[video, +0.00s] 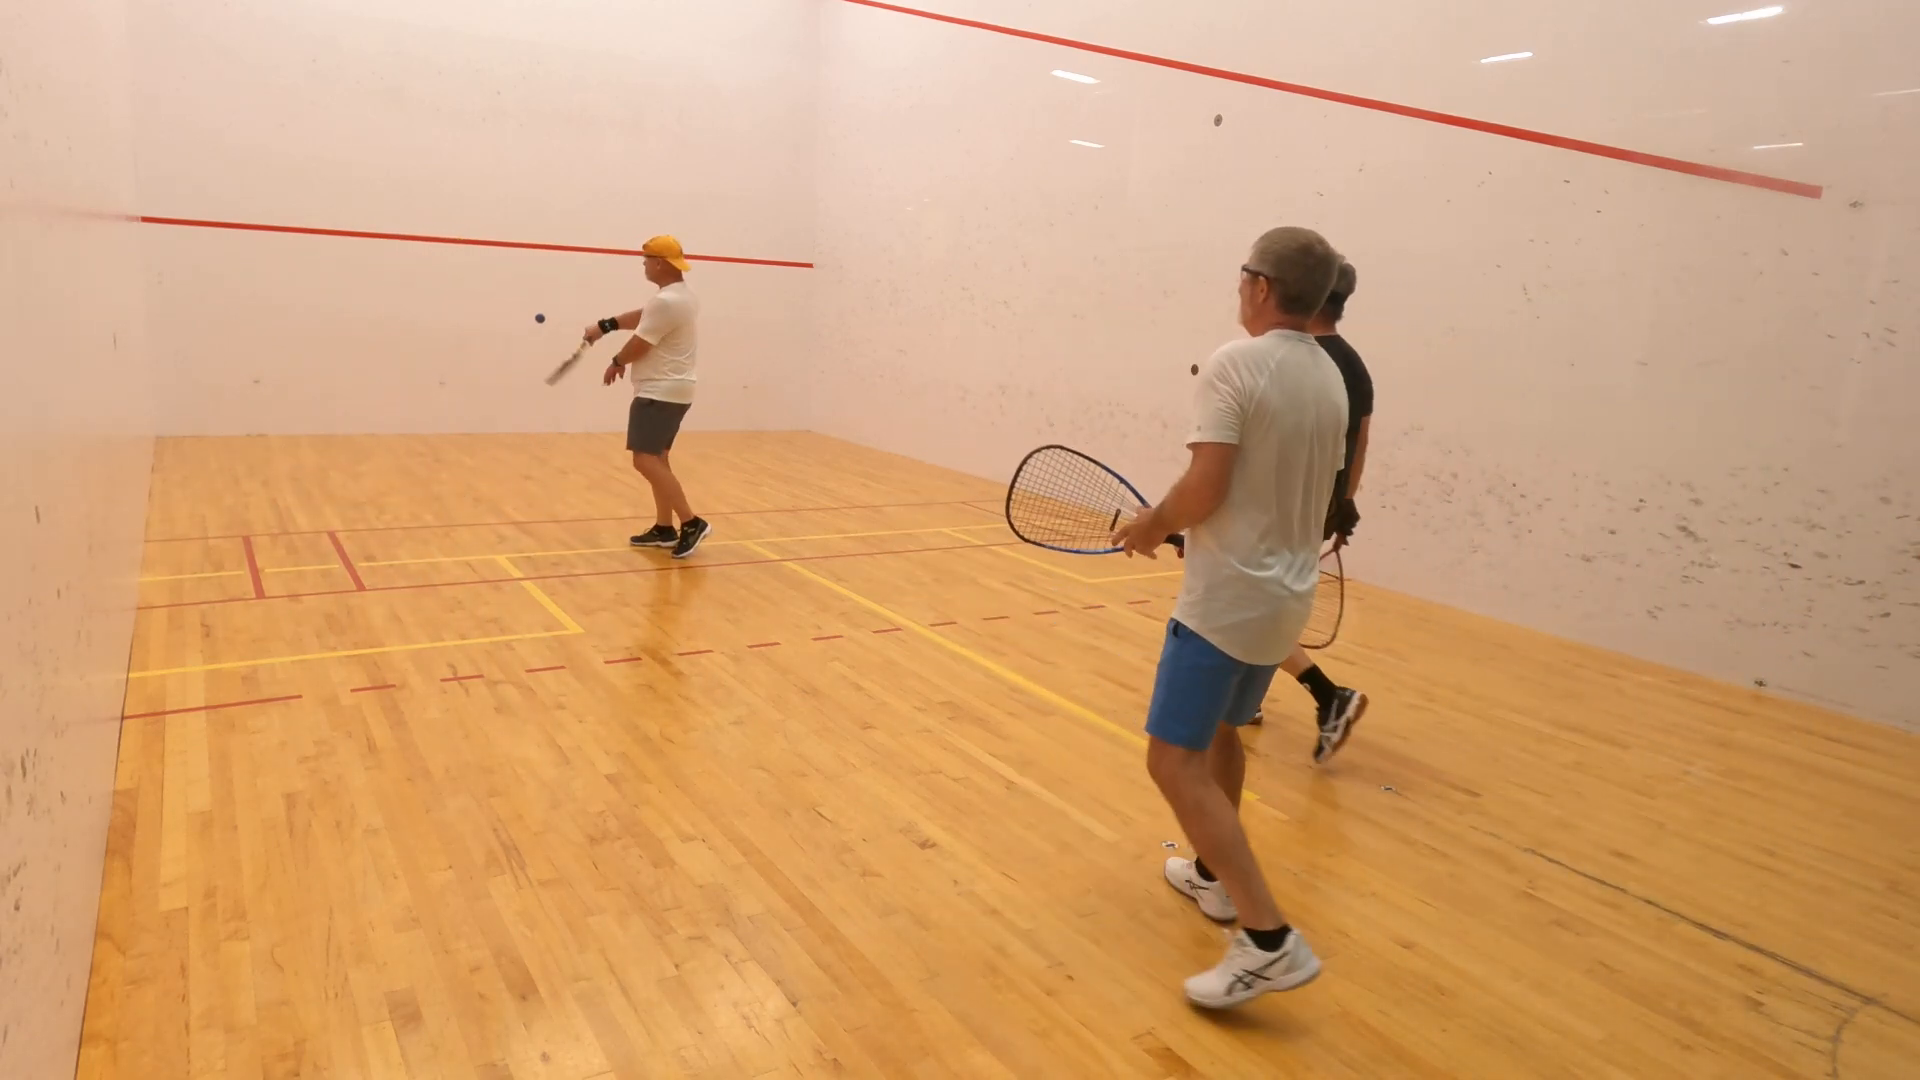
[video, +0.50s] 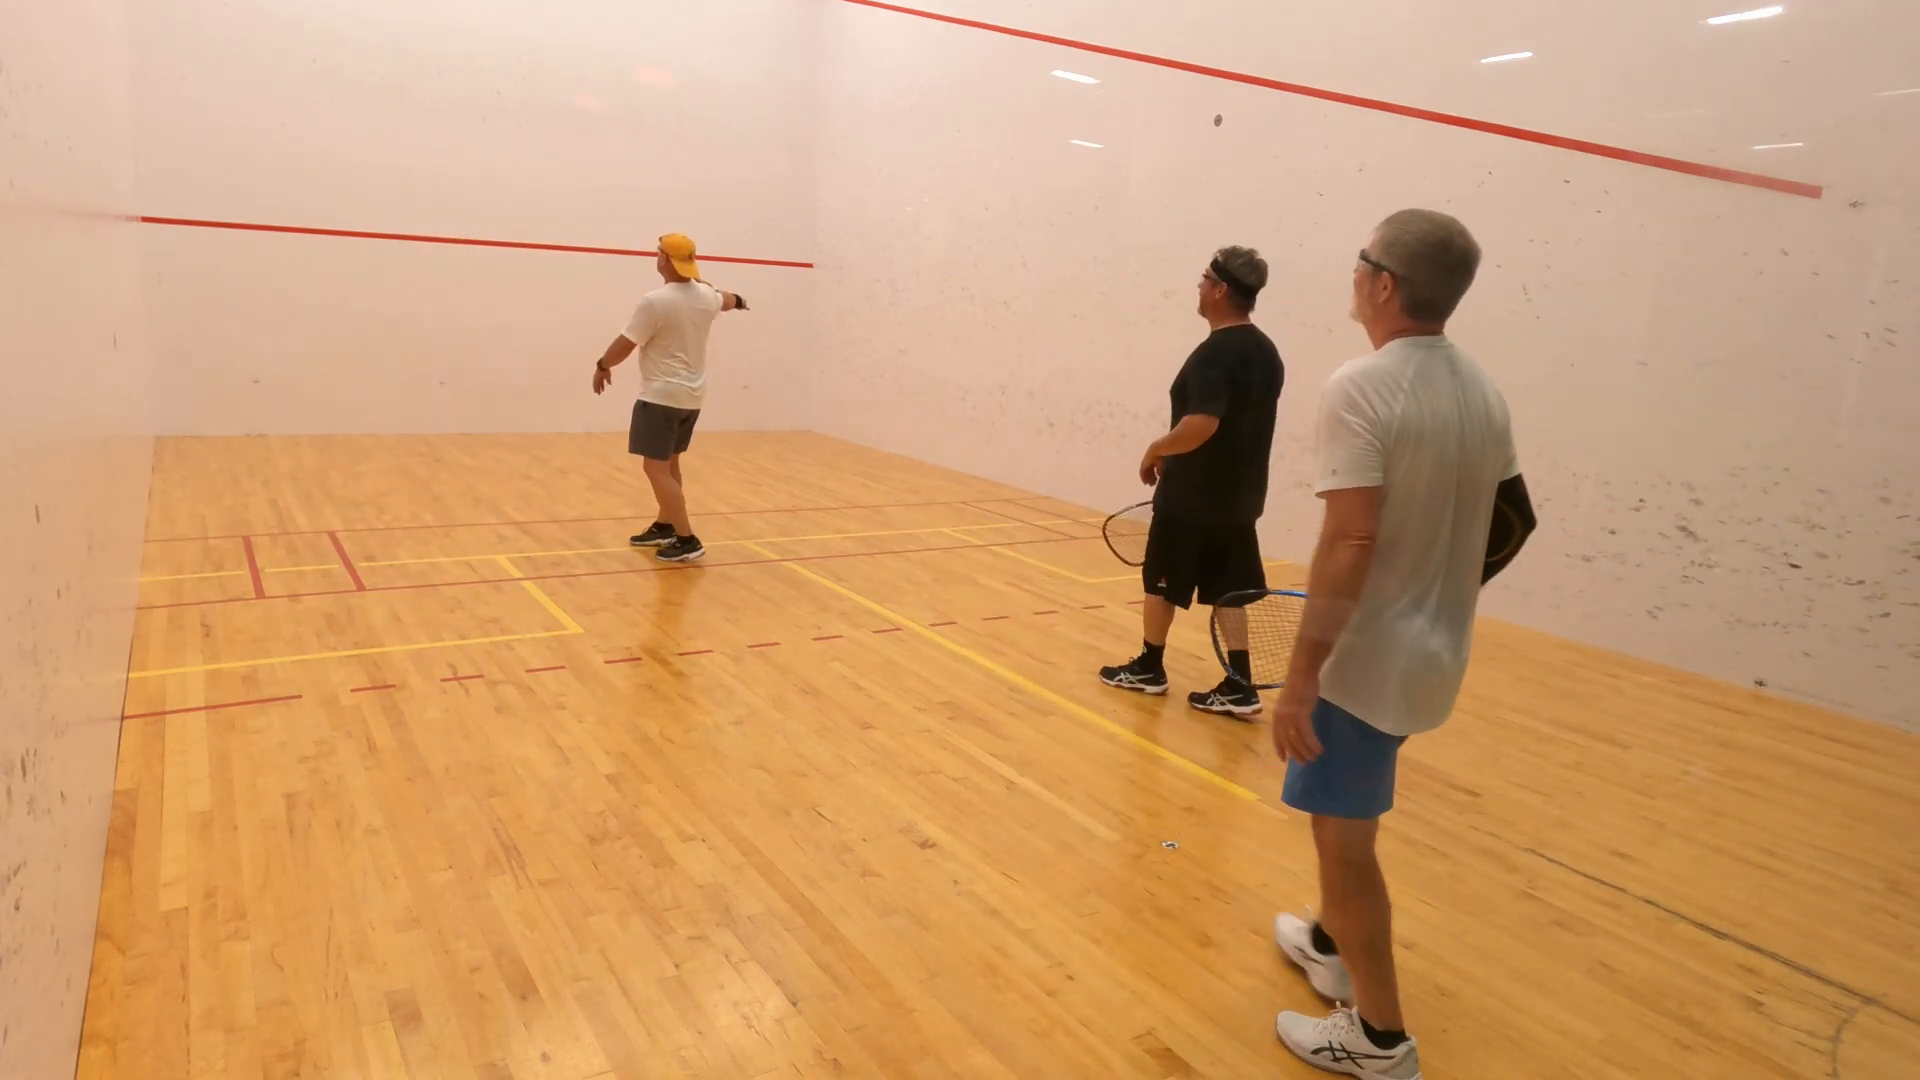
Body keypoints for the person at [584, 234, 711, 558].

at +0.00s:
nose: (644, 266)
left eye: (647, 261)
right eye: (645, 260)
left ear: (662, 265)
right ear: (669, 265)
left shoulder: (665, 302)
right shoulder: (683, 296)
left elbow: (639, 345)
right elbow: (644, 318)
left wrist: (617, 363)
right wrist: (605, 326)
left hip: (658, 394)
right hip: (674, 392)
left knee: (644, 460)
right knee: (657, 458)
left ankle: (691, 523)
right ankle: (664, 527)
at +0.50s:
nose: (656, 259)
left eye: (659, 255)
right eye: (658, 254)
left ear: (666, 261)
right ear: (687, 262)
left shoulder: (656, 302)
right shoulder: (706, 296)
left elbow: (625, 343)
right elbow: (726, 301)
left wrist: (603, 365)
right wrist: (736, 299)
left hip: (661, 399)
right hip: (690, 398)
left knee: (656, 467)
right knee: (670, 463)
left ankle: (687, 539)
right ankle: (666, 525)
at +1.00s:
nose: (704, 267)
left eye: (711, 264)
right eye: (707, 262)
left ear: (730, 272)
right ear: (736, 272)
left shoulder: (717, 311)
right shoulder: (757, 307)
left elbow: (712, 368)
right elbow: (746, 359)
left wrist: (700, 415)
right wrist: (702, 370)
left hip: (712, 417)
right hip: (747, 416)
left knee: (687, 475)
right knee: (743, 483)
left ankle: (687, 543)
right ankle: (762, 552)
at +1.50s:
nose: (764, 280)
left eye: (769, 272)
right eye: (764, 272)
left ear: (792, 273)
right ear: (799, 274)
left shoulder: (785, 316)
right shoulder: (829, 313)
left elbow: (770, 377)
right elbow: (840, 363)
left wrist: (736, 413)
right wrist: (844, 405)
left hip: (786, 426)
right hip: (820, 425)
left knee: (795, 510)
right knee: (790, 501)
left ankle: (832, 588)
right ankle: (773, 561)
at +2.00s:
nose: (842, 275)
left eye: (851, 268)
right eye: (843, 268)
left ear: (876, 276)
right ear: (877, 279)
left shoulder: (867, 319)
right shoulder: (897, 318)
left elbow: (875, 385)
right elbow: (888, 385)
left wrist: (872, 444)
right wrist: (844, 427)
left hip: (858, 447)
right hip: (902, 445)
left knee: (838, 521)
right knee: (900, 531)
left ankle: (835, 598)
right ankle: (923, 617)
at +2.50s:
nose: (880, 269)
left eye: (890, 263)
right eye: (880, 261)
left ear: (918, 273)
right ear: (919, 276)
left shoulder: (907, 325)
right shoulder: (937, 320)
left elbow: (893, 402)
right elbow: (931, 396)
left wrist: (852, 453)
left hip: (913, 459)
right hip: (948, 457)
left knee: (893, 559)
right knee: (928, 544)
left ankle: (912, 669)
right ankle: (928, 631)